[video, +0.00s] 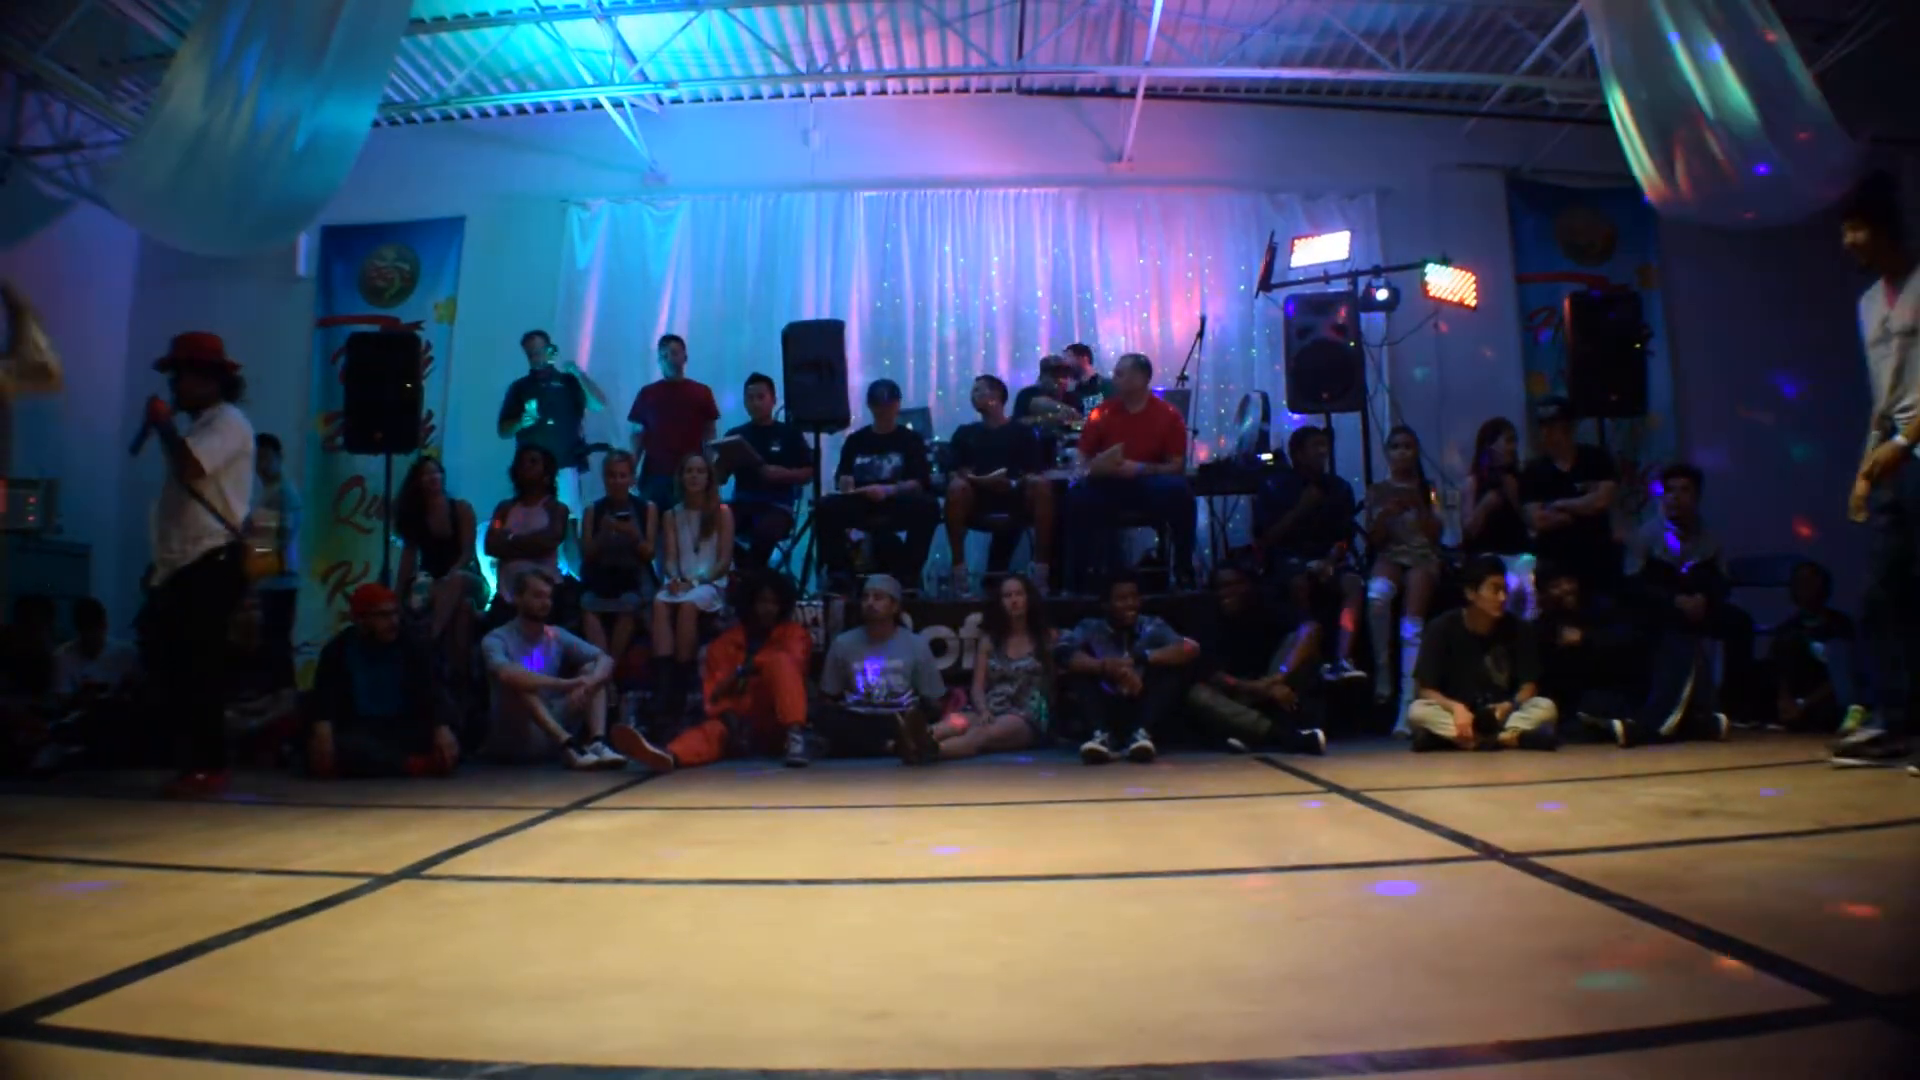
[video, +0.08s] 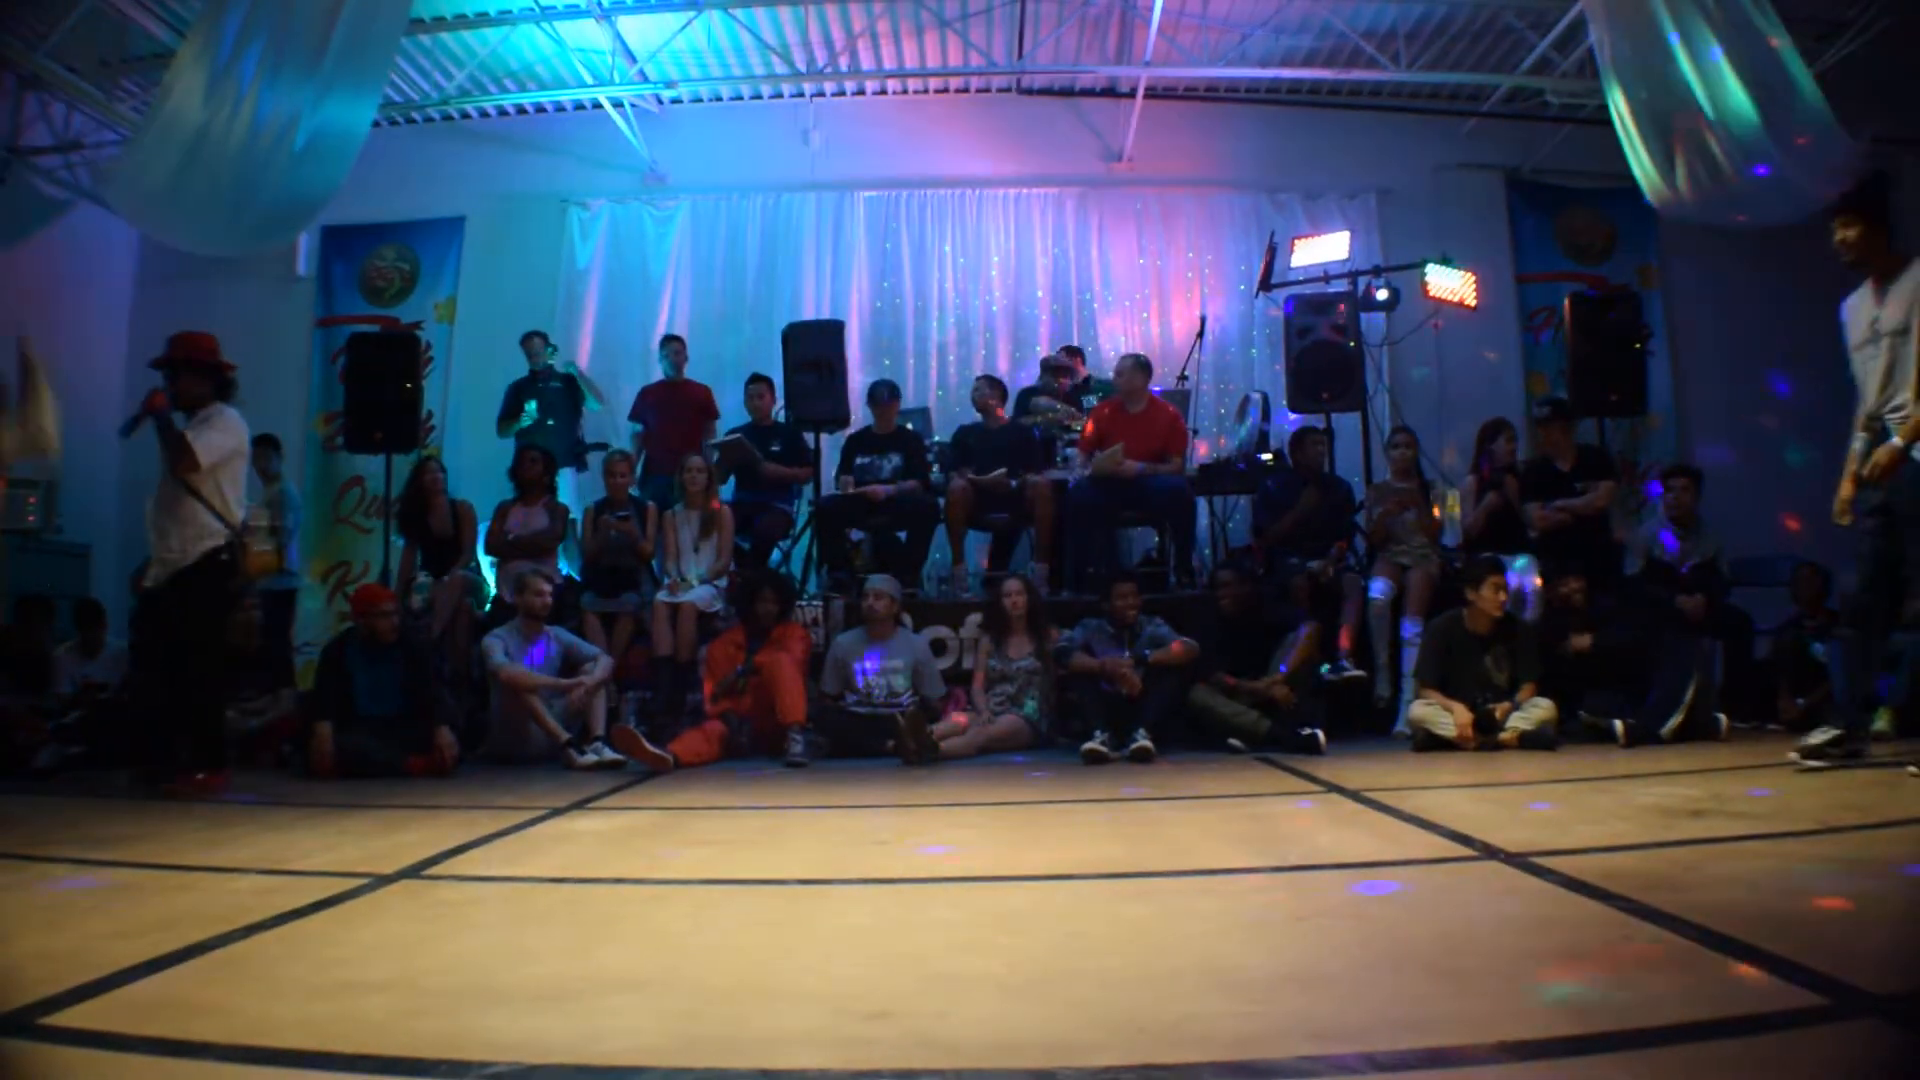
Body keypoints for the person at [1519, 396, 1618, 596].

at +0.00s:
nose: (1551, 437)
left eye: (1557, 429)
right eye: (1546, 430)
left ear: (1569, 429)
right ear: (1540, 433)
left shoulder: (1596, 458)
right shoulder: (1534, 470)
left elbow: (1603, 500)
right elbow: (1537, 520)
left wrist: (1557, 505)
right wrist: (1585, 506)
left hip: (1597, 556)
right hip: (1554, 561)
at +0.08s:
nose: (1543, 435)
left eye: (1549, 428)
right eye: (1540, 429)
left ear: (1566, 429)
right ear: (1536, 431)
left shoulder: (1596, 457)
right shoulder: (1533, 470)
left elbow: (1603, 499)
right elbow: (1537, 520)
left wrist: (1557, 506)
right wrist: (1584, 508)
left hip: (1597, 552)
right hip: (1553, 557)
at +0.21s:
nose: (1536, 439)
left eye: (1541, 432)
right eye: (1535, 432)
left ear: (1560, 432)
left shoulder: (1595, 457)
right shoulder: (1534, 469)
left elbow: (1602, 499)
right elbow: (1535, 519)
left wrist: (1556, 505)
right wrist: (1583, 507)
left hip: (1597, 547)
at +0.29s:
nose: (1535, 440)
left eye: (1539, 433)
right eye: (1535, 433)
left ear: (1558, 432)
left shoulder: (1596, 457)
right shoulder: (1534, 469)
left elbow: (1601, 499)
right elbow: (1536, 519)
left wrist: (1555, 505)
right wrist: (1584, 505)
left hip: (1596, 546)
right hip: (1553, 553)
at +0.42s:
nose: (1535, 440)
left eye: (1539, 433)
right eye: (1534, 434)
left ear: (1558, 432)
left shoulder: (1595, 457)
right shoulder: (1534, 469)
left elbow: (1601, 497)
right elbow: (1535, 518)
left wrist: (1557, 504)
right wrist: (1583, 506)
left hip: (1596, 549)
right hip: (1554, 555)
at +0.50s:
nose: (1535, 439)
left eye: (1539, 432)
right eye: (1534, 433)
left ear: (1558, 430)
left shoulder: (1596, 457)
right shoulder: (1534, 469)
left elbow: (1601, 497)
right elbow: (1536, 518)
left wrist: (1553, 504)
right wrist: (1583, 506)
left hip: (1596, 555)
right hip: (1556, 559)